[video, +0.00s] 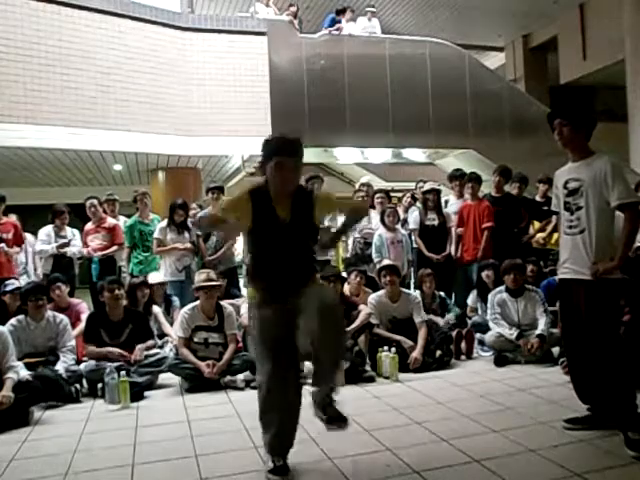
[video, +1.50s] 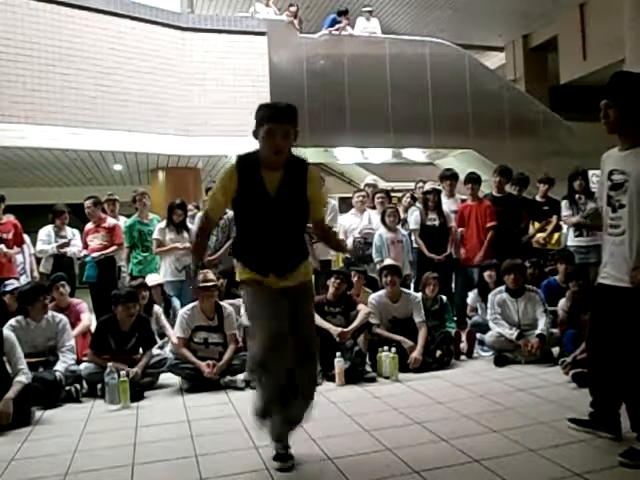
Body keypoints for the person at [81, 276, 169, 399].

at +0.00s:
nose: (117, 293)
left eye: (119, 289)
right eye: (111, 291)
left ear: (124, 292)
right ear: (102, 297)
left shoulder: (136, 315)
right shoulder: (94, 318)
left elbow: (152, 341)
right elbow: (88, 350)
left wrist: (141, 347)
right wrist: (108, 352)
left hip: (135, 360)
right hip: (107, 364)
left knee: (163, 356)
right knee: (87, 368)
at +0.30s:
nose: (118, 297)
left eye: (120, 293)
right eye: (112, 295)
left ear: (125, 295)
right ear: (103, 301)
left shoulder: (136, 317)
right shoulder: (95, 321)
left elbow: (152, 344)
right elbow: (89, 352)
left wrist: (144, 363)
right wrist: (111, 362)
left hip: (133, 362)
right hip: (107, 364)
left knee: (165, 357)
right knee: (85, 368)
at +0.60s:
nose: (118, 300)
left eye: (120, 296)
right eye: (112, 298)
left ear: (124, 298)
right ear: (102, 303)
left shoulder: (135, 318)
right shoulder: (94, 323)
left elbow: (152, 344)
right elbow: (88, 355)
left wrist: (144, 366)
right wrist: (117, 359)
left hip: (133, 362)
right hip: (106, 364)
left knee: (164, 356)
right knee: (86, 369)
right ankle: (139, 381)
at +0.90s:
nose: (119, 303)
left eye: (121, 298)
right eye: (114, 300)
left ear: (126, 300)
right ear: (103, 304)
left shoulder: (135, 319)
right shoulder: (95, 323)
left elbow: (150, 344)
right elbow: (88, 356)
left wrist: (141, 366)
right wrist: (115, 361)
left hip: (132, 360)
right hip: (106, 364)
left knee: (163, 357)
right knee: (86, 370)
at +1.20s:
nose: (127, 309)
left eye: (130, 304)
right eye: (121, 305)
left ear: (134, 306)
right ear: (111, 307)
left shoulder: (139, 321)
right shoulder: (101, 323)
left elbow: (149, 349)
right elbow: (90, 356)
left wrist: (137, 369)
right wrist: (109, 363)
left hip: (133, 362)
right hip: (108, 363)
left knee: (163, 358)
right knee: (86, 369)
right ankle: (134, 382)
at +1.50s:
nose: (131, 311)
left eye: (134, 306)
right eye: (126, 307)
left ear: (138, 307)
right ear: (115, 309)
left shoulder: (143, 322)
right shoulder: (104, 324)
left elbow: (149, 350)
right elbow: (92, 356)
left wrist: (139, 368)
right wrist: (115, 366)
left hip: (134, 363)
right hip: (109, 364)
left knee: (163, 358)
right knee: (86, 369)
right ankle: (137, 382)